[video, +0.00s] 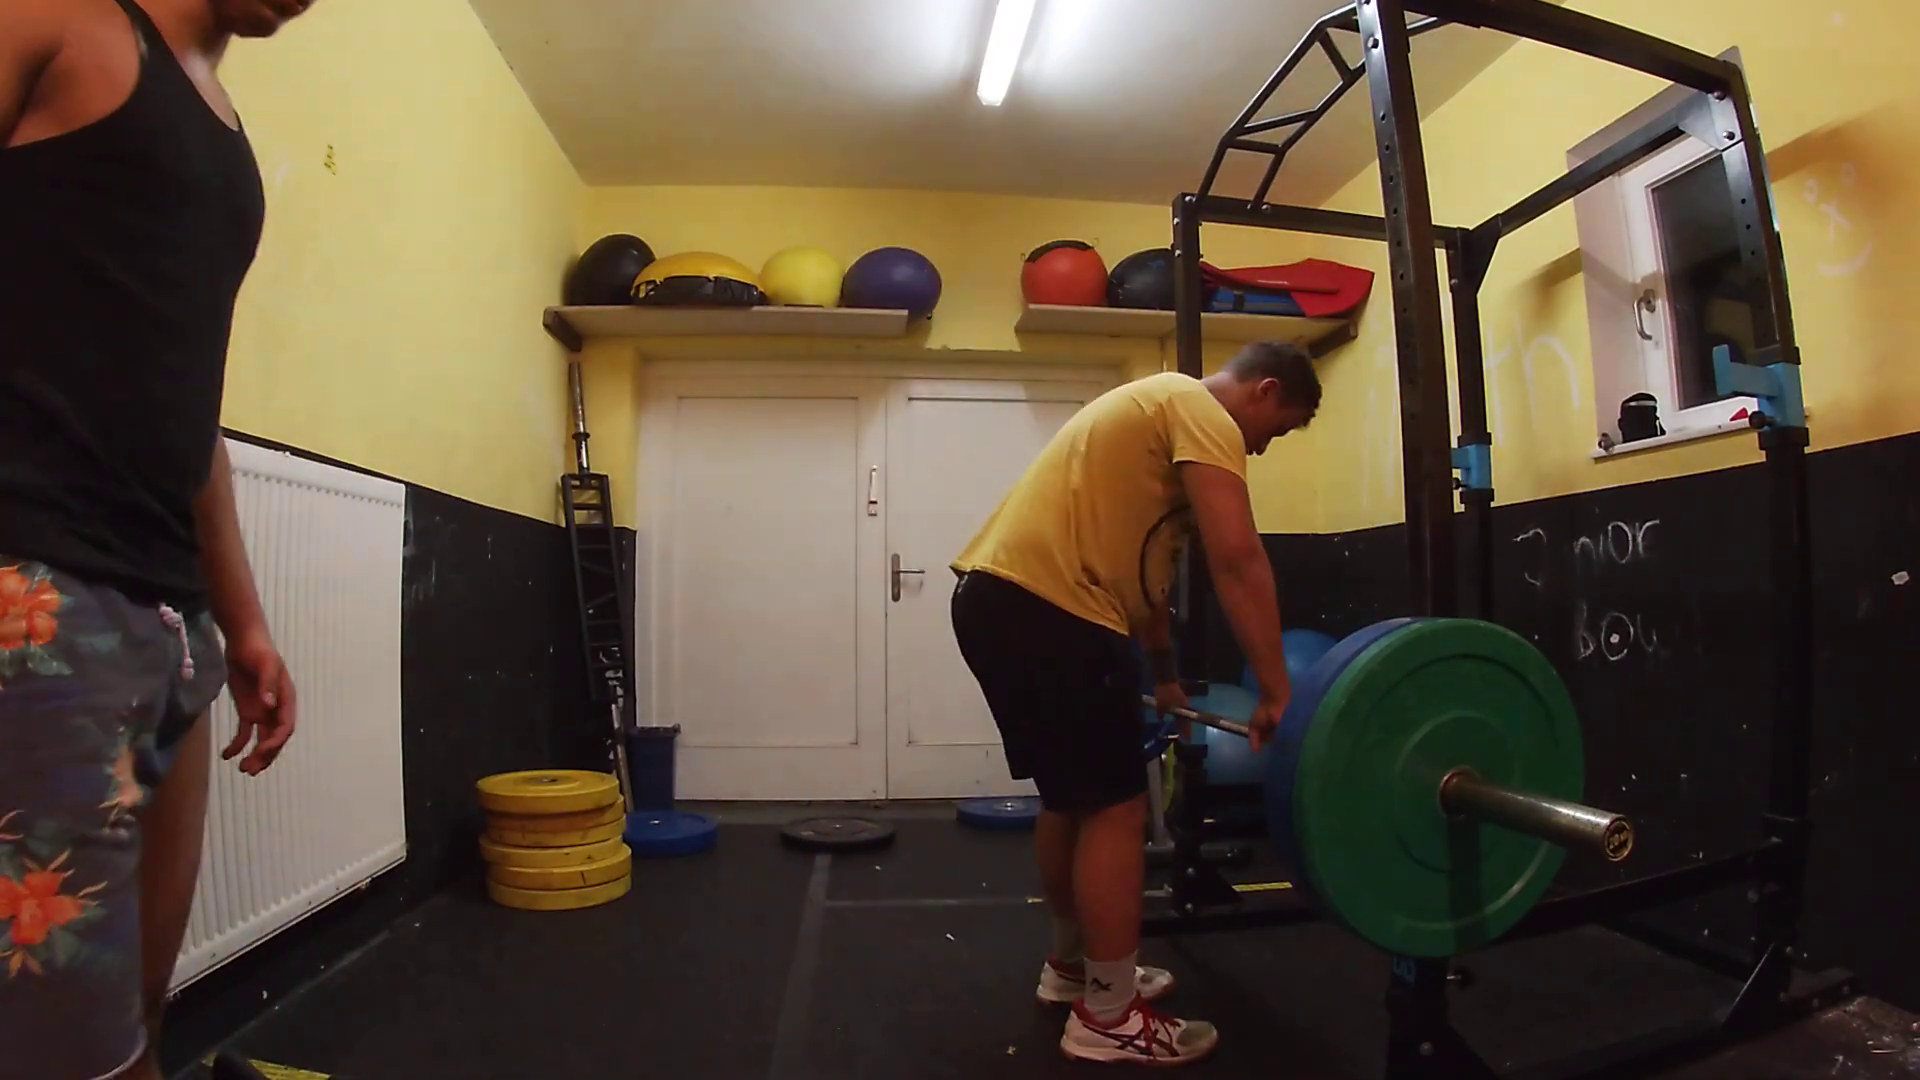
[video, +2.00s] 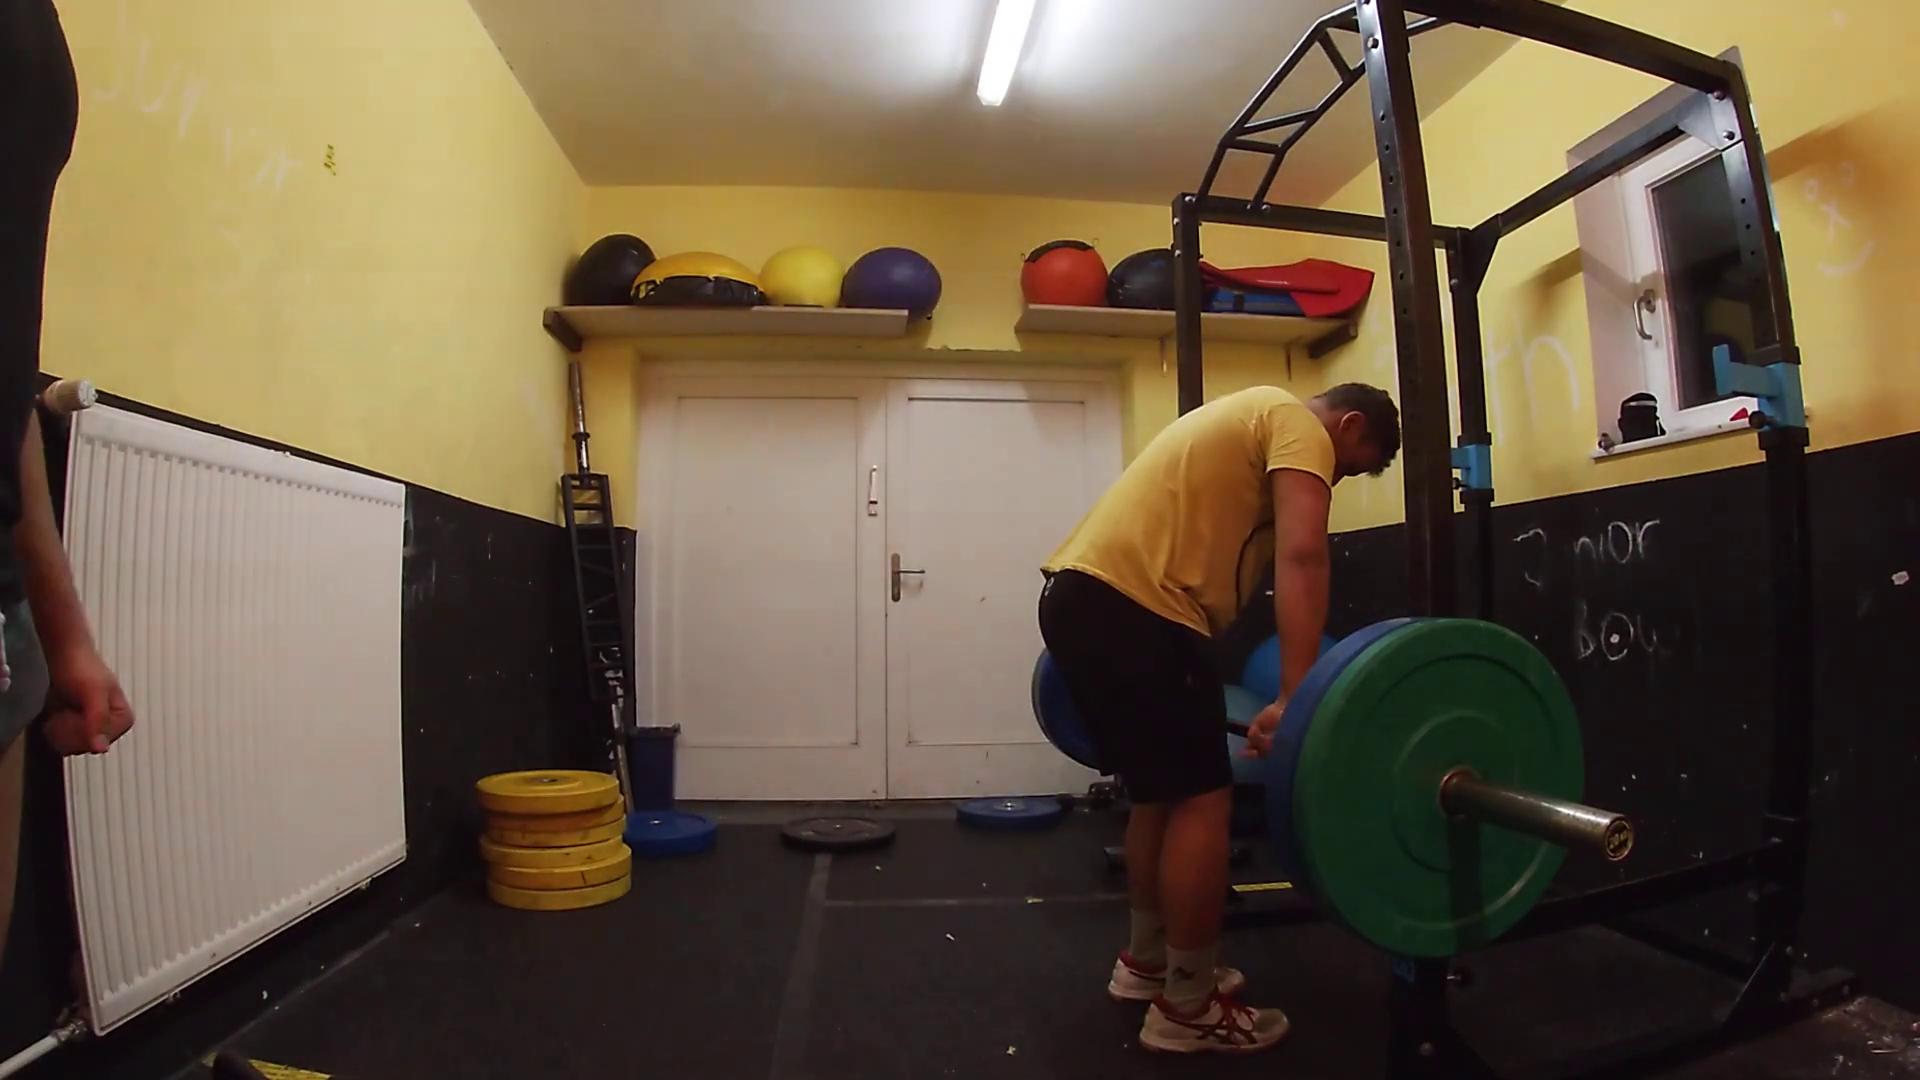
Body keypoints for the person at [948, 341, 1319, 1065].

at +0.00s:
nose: (1267, 444)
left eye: (1278, 435)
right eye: (1279, 428)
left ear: (1247, 380)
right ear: (1263, 392)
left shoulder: (1153, 412)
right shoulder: (1200, 411)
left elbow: (1143, 572)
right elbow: (1236, 555)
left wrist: (1163, 675)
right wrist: (1276, 689)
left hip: (1001, 595)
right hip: (1054, 607)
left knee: (1065, 794)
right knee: (1116, 803)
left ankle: (1071, 960)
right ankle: (1108, 1014)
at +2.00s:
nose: (1342, 478)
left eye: (1354, 473)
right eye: (1356, 465)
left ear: (1338, 412)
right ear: (1348, 425)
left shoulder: (1240, 422)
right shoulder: (1295, 423)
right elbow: (1302, 553)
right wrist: (1295, 698)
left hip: (1083, 590)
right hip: (1138, 604)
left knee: (1155, 791)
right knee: (1203, 796)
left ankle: (1147, 957)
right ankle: (1188, 1006)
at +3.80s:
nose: (1314, 378)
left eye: (1319, 363)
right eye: (1315, 359)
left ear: (1258, 332)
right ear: (1288, 334)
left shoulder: (1198, 389)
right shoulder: (1253, 389)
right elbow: (1274, 527)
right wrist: (1293, 668)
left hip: (1084, 598)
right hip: (1140, 607)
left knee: (1160, 791)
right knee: (1214, 796)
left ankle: (1148, 960)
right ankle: (1190, 1004)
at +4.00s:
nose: (1250, 313)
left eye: (1251, 298)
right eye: (1247, 296)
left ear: (1182, 288)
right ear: (1214, 283)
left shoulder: (1143, 355)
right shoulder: (1203, 346)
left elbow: (1138, 493)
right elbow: (1244, 474)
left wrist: (1196, 609)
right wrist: (1282, 609)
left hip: (1088, 598)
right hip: (1147, 606)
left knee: (1150, 779)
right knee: (1202, 793)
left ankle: (1147, 957)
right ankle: (1191, 1002)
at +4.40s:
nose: (1136, 279)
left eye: (1135, 264)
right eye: (1130, 262)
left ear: (1070, 264)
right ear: (1094, 259)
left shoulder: (1048, 342)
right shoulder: (1100, 328)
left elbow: (1067, 478)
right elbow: (1154, 459)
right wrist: (1217, 574)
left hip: (1075, 601)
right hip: (1107, 608)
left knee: (1143, 789)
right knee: (1140, 799)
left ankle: (1123, 954)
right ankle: (1098, 997)